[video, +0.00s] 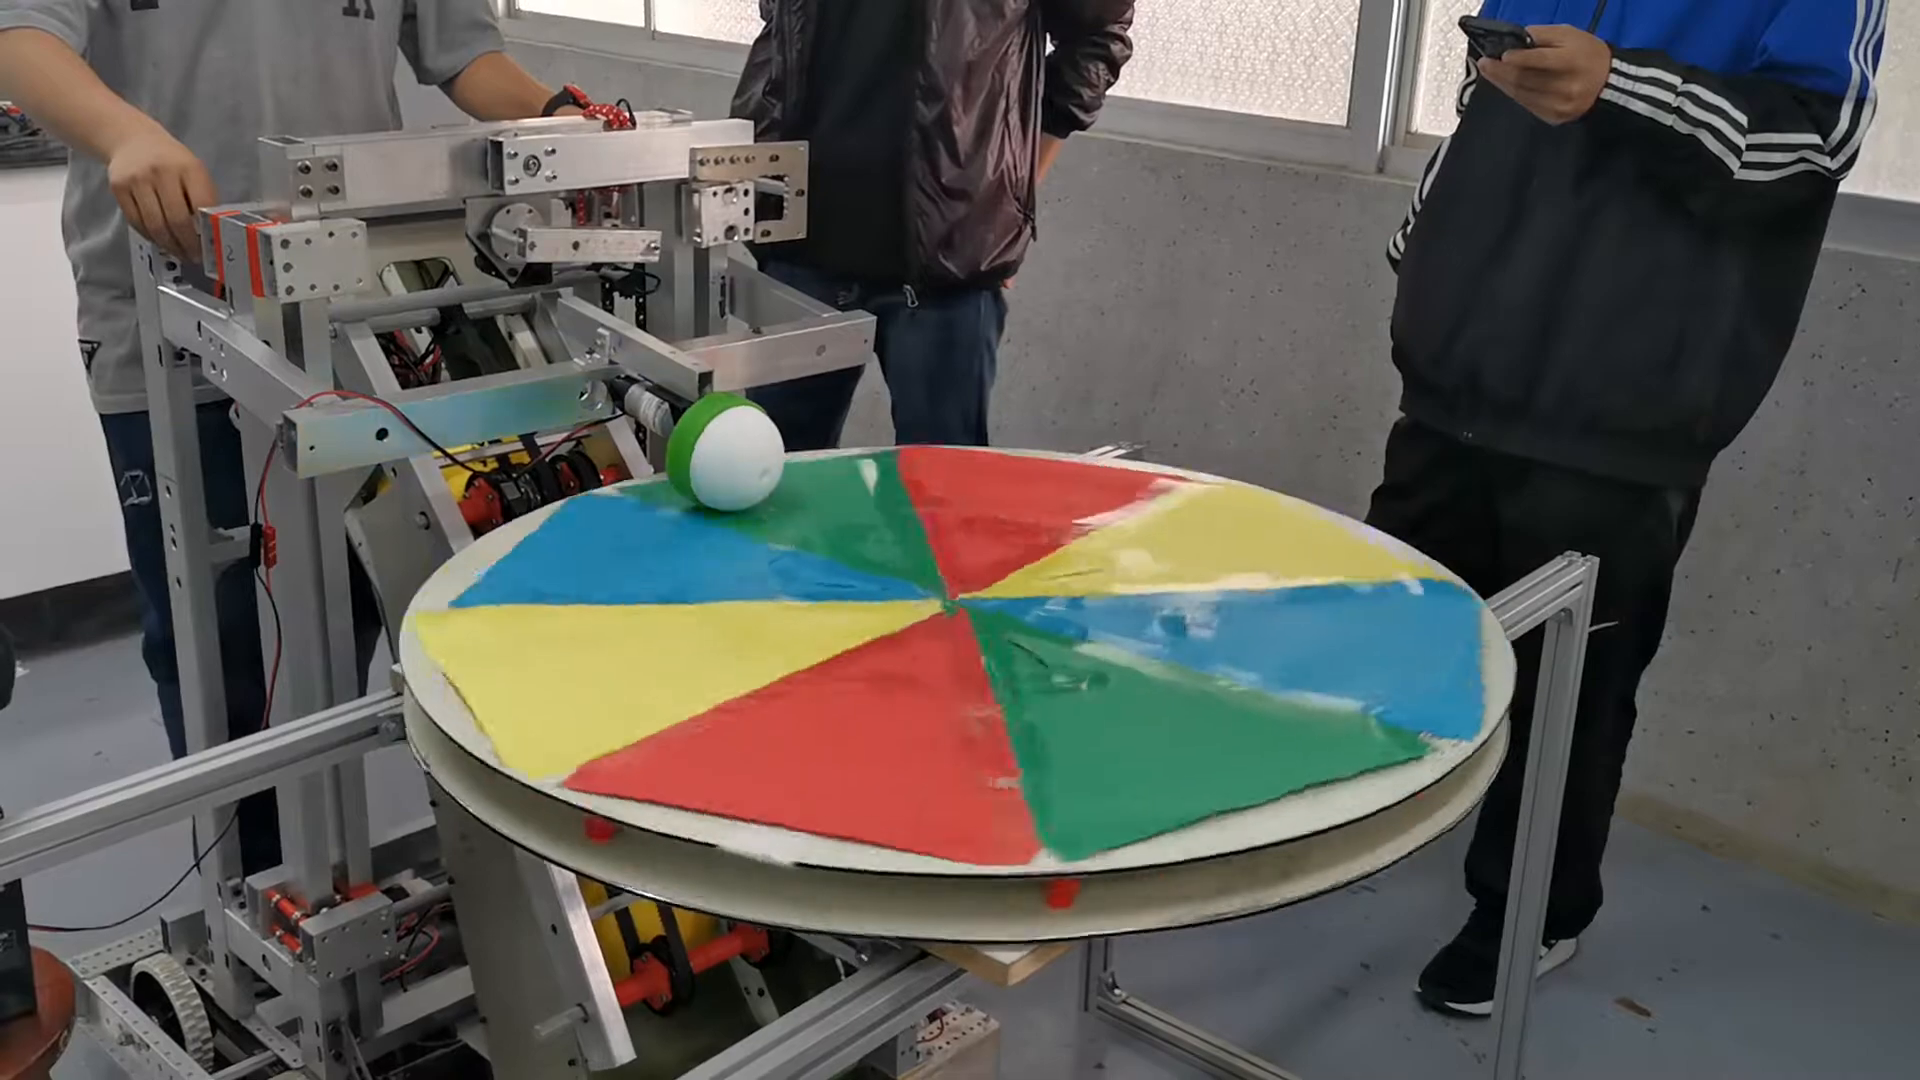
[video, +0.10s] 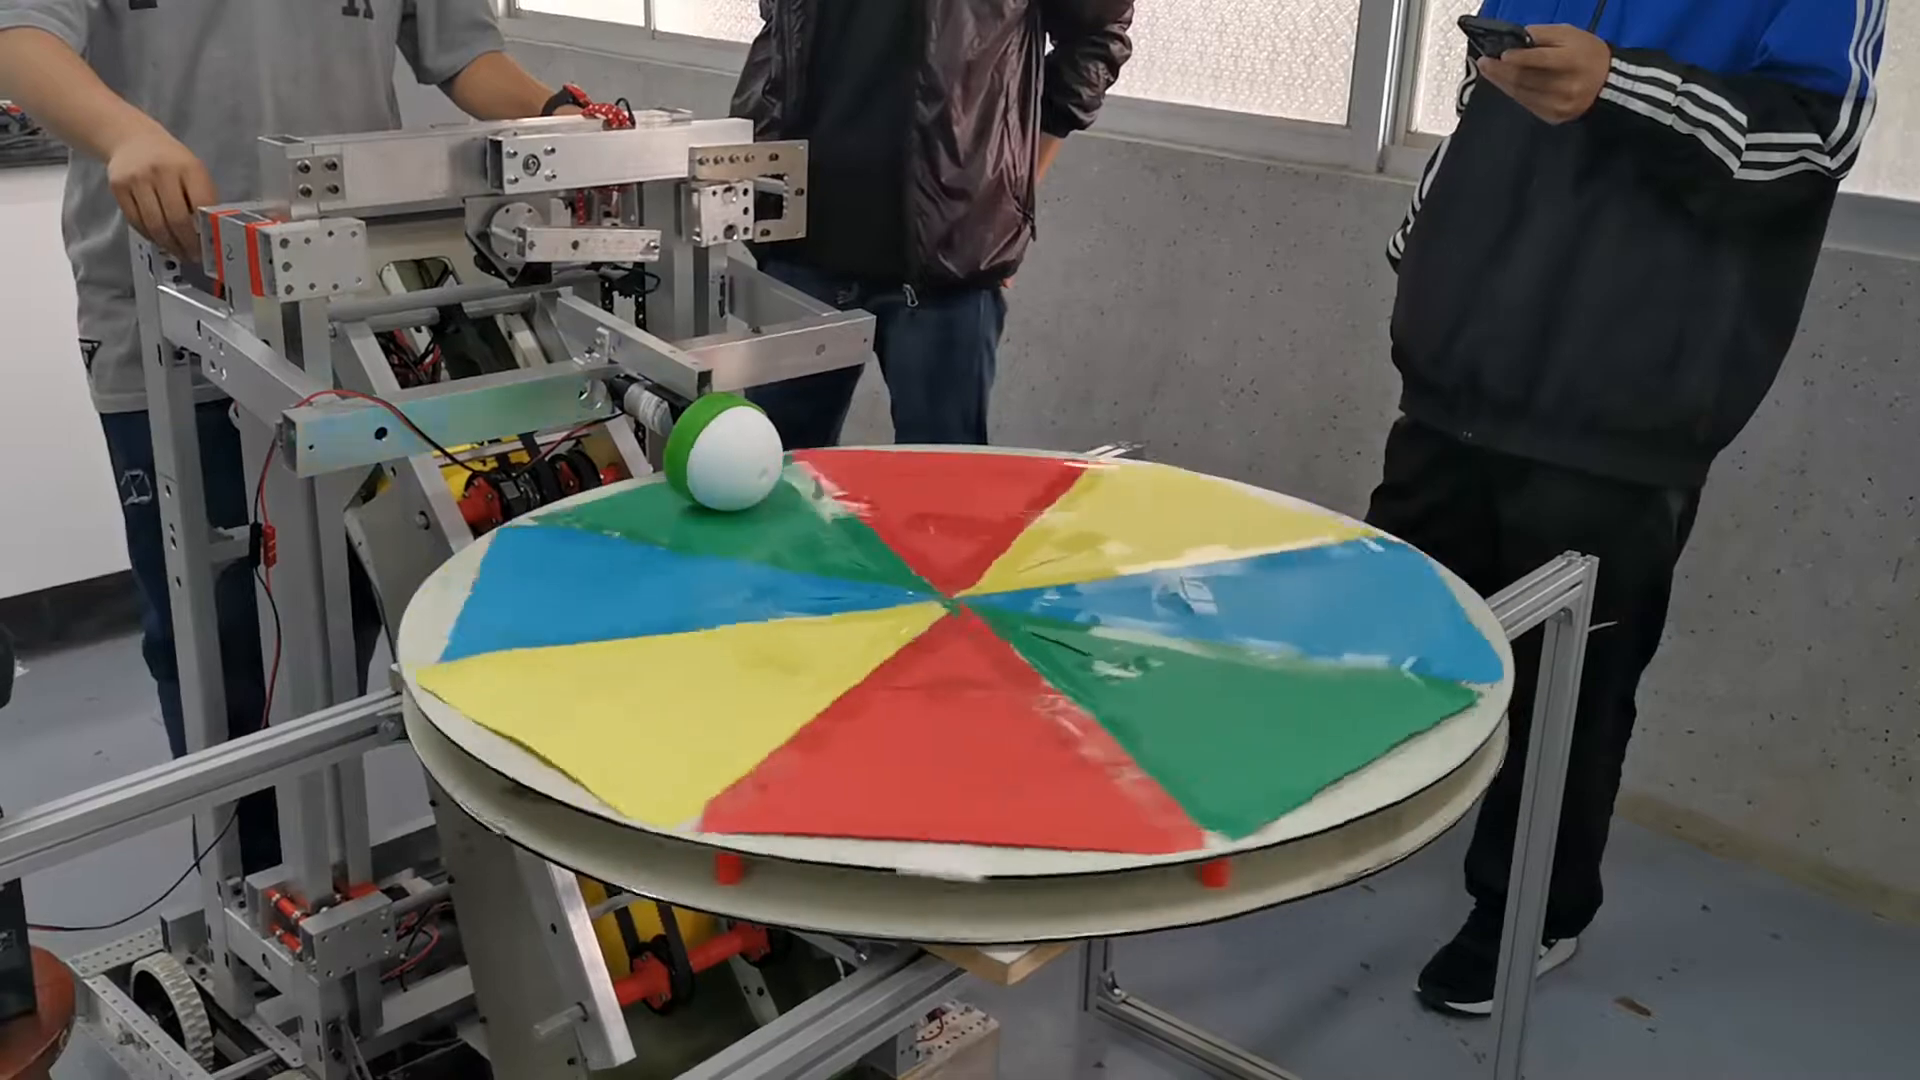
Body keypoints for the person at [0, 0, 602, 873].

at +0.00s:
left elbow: (458, 47)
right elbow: (23, 37)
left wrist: (563, 119)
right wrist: (124, 132)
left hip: (351, 318)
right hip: (164, 325)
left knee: (350, 609)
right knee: (209, 643)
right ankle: (255, 888)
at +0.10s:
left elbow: (458, 46)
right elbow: (22, 35)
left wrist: (558, 116)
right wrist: (123, 132)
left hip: (346, 314)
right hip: (163, 321)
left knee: (346, 603)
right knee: (206, 633)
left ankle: (336, 853)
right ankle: (254, 880)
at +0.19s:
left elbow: (458, 47)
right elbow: (22, 35)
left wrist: (559, 117)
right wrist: (124, 132)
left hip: (346, 315)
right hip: (162, 321)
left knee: (347, 604)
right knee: (206, 635)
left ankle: (334, 852)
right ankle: (254, 881)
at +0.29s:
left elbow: (457, 47)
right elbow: (22, 37)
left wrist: (562, 120)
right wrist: (123, 133)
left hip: (349, 315)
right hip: (164, 321)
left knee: (350, 607)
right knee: (208, 637)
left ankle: (335, 854)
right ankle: (256, 885)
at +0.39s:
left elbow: (455, 47)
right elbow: (22, 38)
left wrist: (556, 115)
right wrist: (122, 133)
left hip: (348, 317)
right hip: (165, 324)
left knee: (348, 609)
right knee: (211, 639)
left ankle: (332, 852)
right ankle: (256, 887)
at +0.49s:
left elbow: (454, 47)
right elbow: (23, 42)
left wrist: (554, 116)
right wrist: (120, 134)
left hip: (344, 320)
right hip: (163, 327)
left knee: (346, 612)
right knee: (210, 642)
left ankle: (335, 858)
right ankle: (259, 887)